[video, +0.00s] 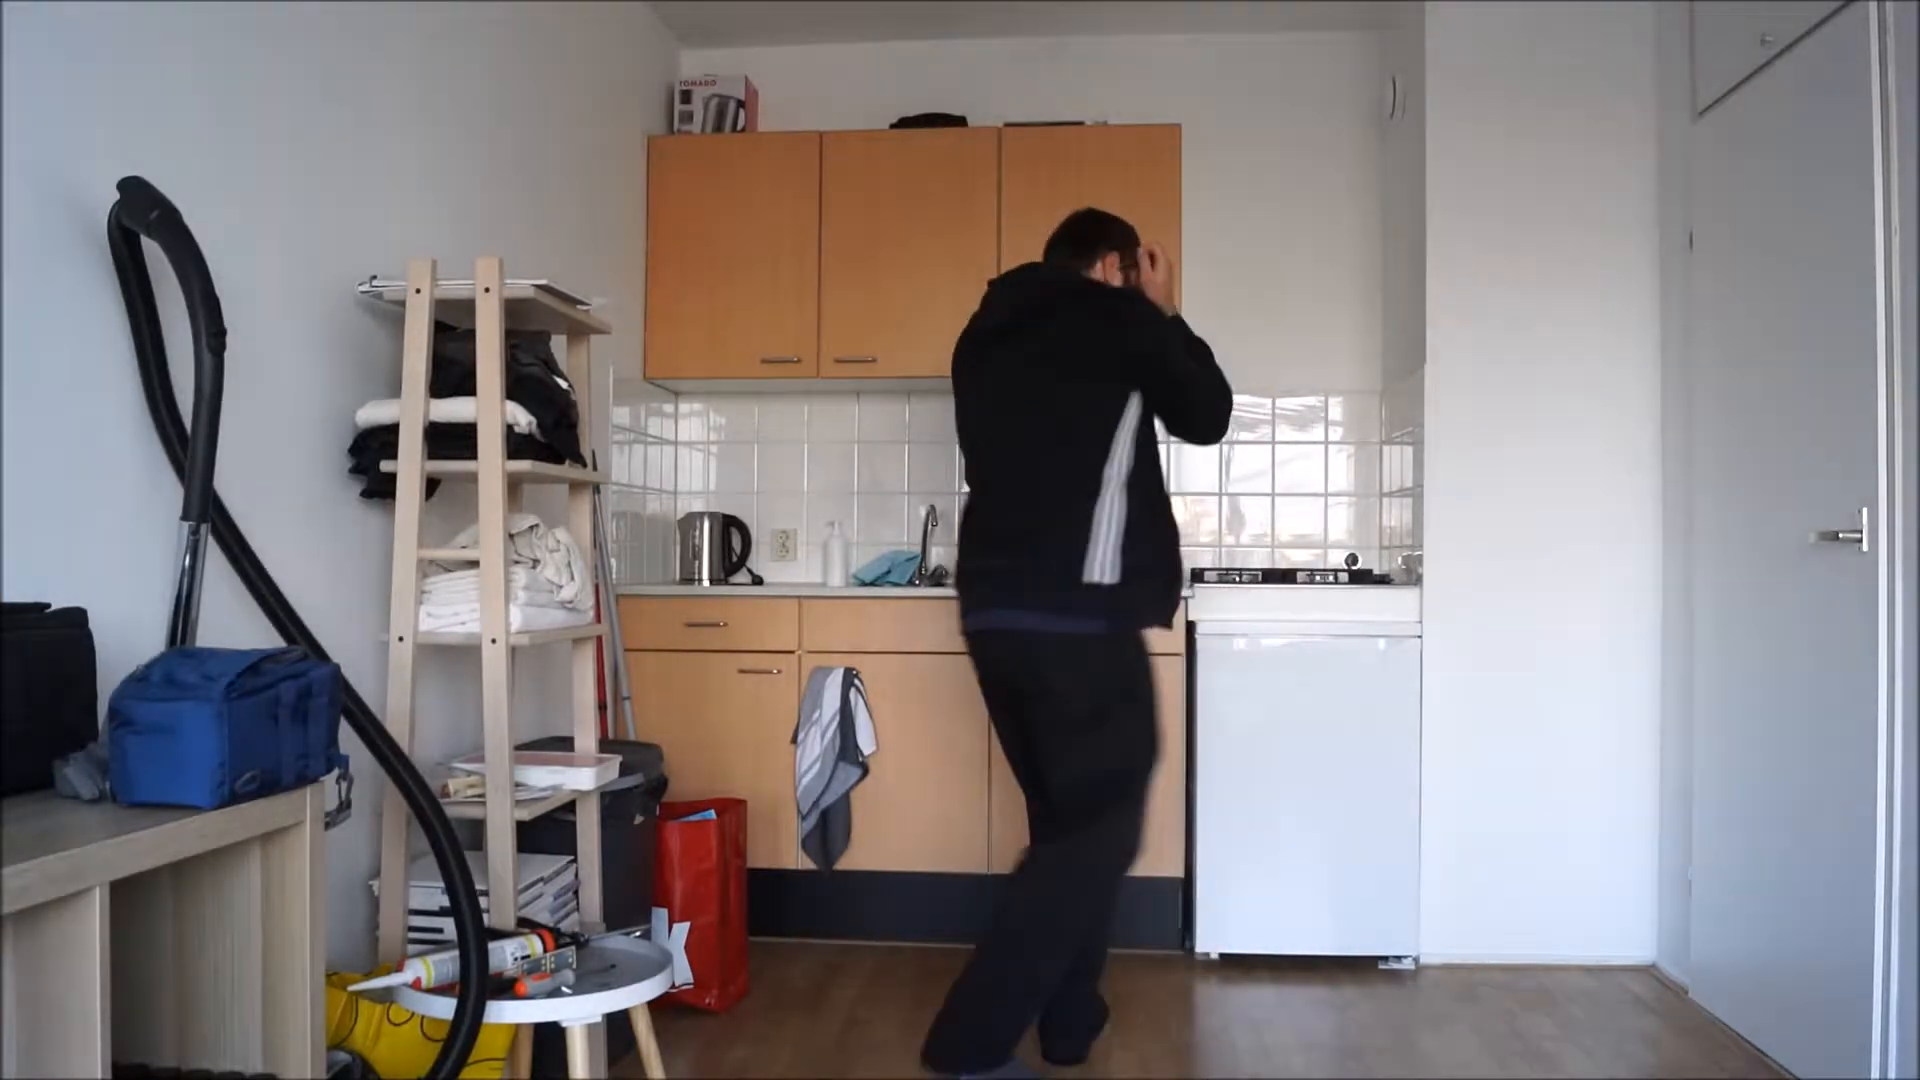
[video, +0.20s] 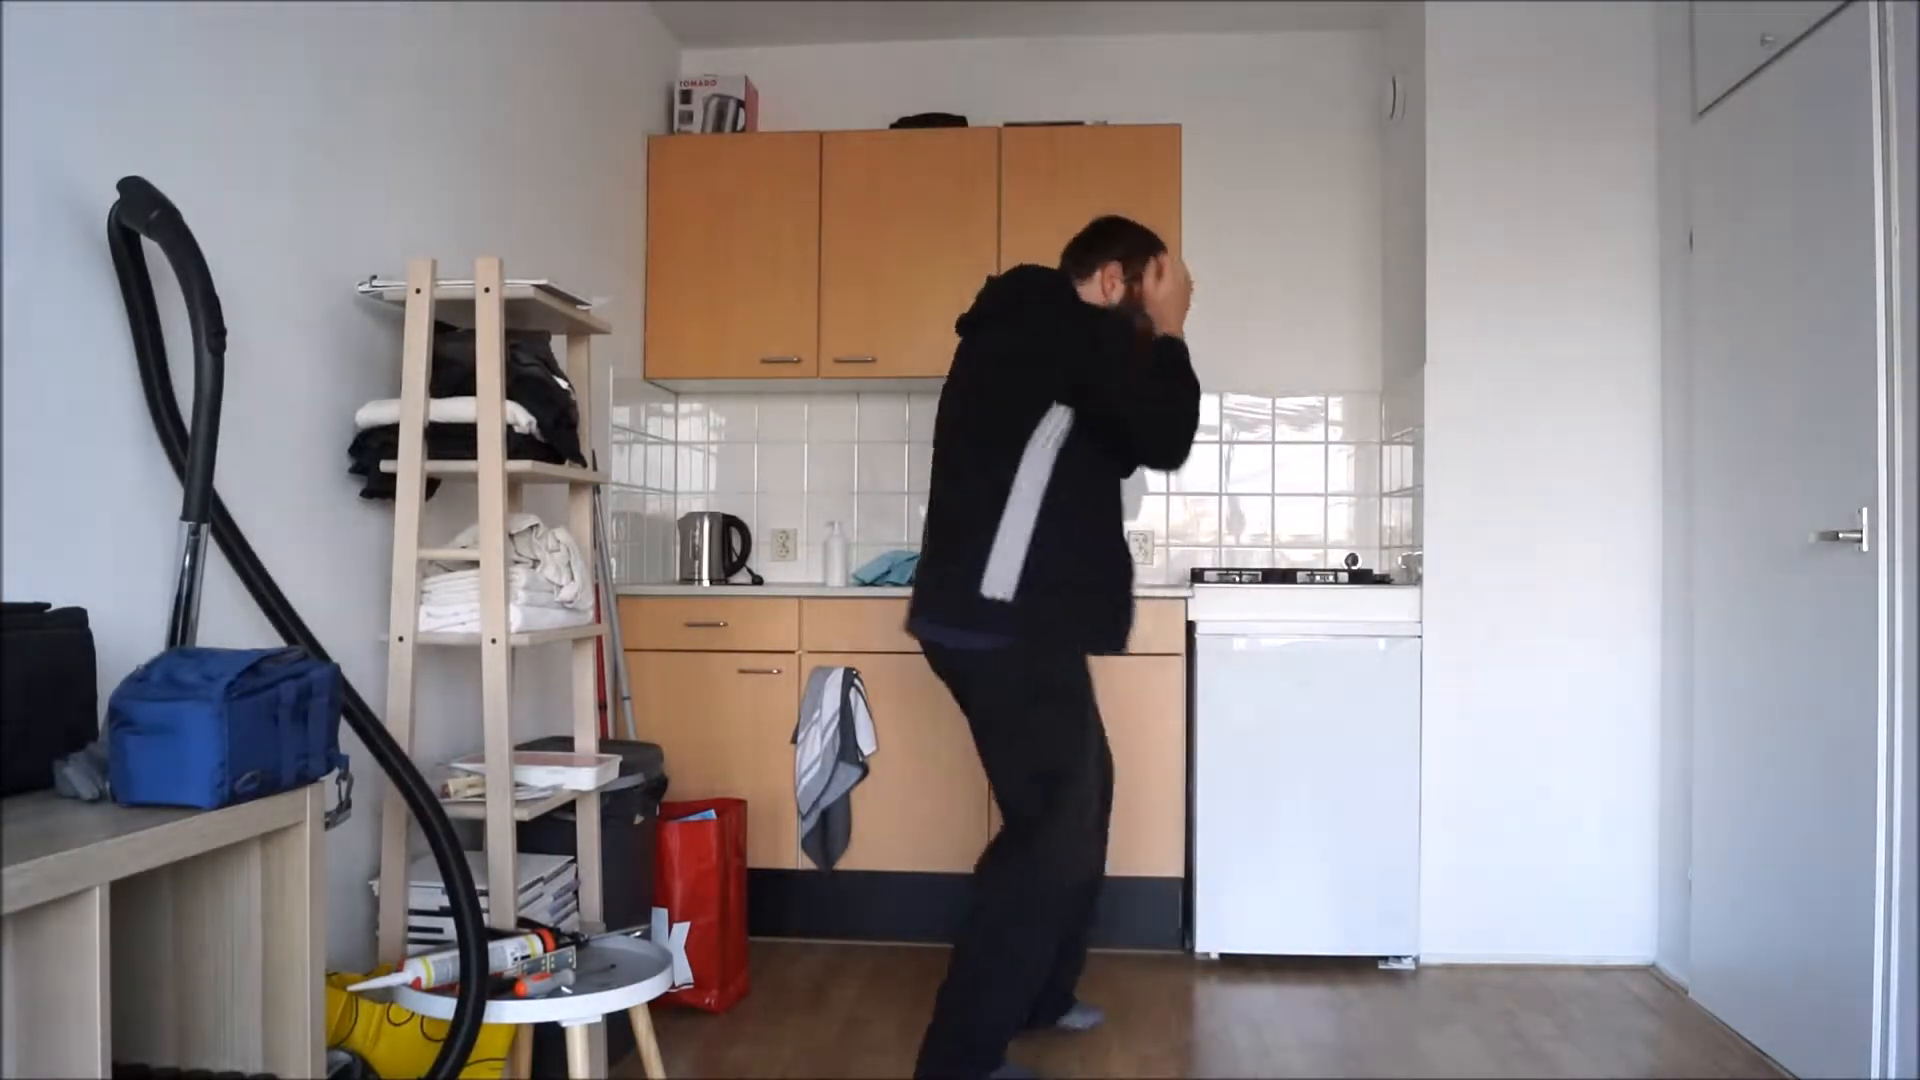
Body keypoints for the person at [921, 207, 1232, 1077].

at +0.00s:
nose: (1141, 284)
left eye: (1139, 272)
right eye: (1138, 273)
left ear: (1051, 263)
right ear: (1112, 266)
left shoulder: (982, 336)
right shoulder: (1122, 322)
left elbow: (993, 456)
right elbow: (1207, 412)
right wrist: (1161, 312)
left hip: (993, 613)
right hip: (1082, 615)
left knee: (1063, 819)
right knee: (1101, 827)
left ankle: (1072, 1025)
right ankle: (966, 1045)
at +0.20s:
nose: (1157, 313)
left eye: (1160, 298)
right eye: (1154, 297)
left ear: (1089, 274)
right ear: (1109, 280)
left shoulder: (1020, 318)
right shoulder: (1068, 328)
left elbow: (1131, 440)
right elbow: (1166, 439)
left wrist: (1140, 342)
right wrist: (1167, 336)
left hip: (1007, 619)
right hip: (1002, 624)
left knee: (1082, 794)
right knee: (1052, 822)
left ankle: (1038, 996)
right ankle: (959, 1056)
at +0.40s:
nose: (1123, 287)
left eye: (1126, 275)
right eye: (1122, 270)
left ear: (1070, 256)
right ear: (1088, 256)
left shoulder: (1060, 328)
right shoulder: (1022, 298)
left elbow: (1143, 419)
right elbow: (1181, 355)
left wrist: (1138, 294)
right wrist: (1146, 248)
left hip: (1018, 608)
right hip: (976, 608)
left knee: (1060, 797)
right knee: (1022, 820)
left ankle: (1036, 993)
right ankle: (958, 1057)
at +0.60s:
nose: (1154, 322)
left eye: (1153, 307)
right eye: (1148, 306)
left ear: (1095, 293)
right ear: (1106, 294)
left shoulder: (1070, 353)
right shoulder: (1029, 330)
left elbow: (1145, 444)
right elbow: (1146, 445)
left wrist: (1149, 354)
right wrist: (1168, 348)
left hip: (1007, 624)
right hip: (955, 625)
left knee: (1071, 786)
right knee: (1029, 815)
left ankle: (1030, 973)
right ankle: (958, 1053)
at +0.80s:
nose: (1168, 454)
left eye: (1175, 443)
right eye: (1166, 439)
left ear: (1117, 416)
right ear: (1126, 419)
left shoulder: (1066, 439)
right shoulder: (1061, 446)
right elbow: (1153, 567)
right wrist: (1180, 470)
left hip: (985, 679)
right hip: (943, 689)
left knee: (1095, 791)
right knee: (1066, 849)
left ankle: (1032, 969)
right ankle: (958, 1059)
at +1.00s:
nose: (1164, 389)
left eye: (1166, 376)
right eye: (1159, 373)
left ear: (1106, 356)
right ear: (1113, 357)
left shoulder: (1073, 401)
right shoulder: (1041, 381)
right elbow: (1135, 502)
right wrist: (1170, 408)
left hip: (1008, 650)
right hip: (952, 649)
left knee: (1087, 790)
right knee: (1040, 827)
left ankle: (1033, 974)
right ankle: (956, 1057)